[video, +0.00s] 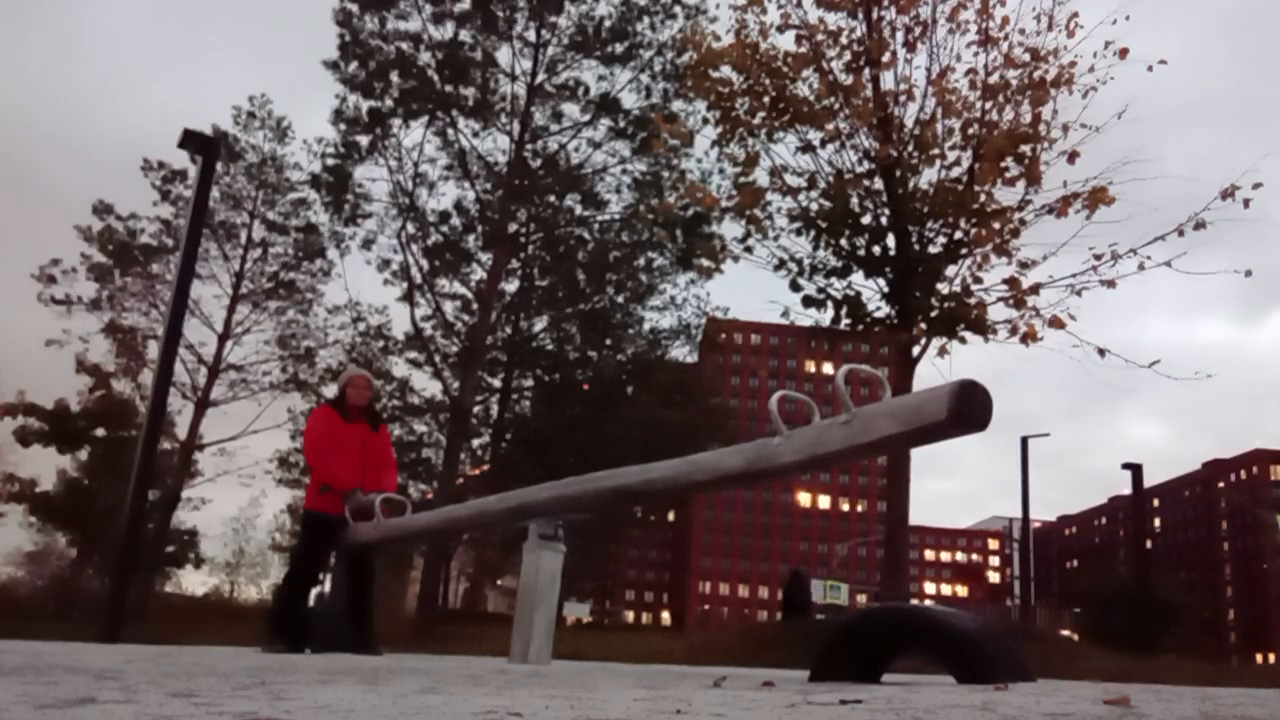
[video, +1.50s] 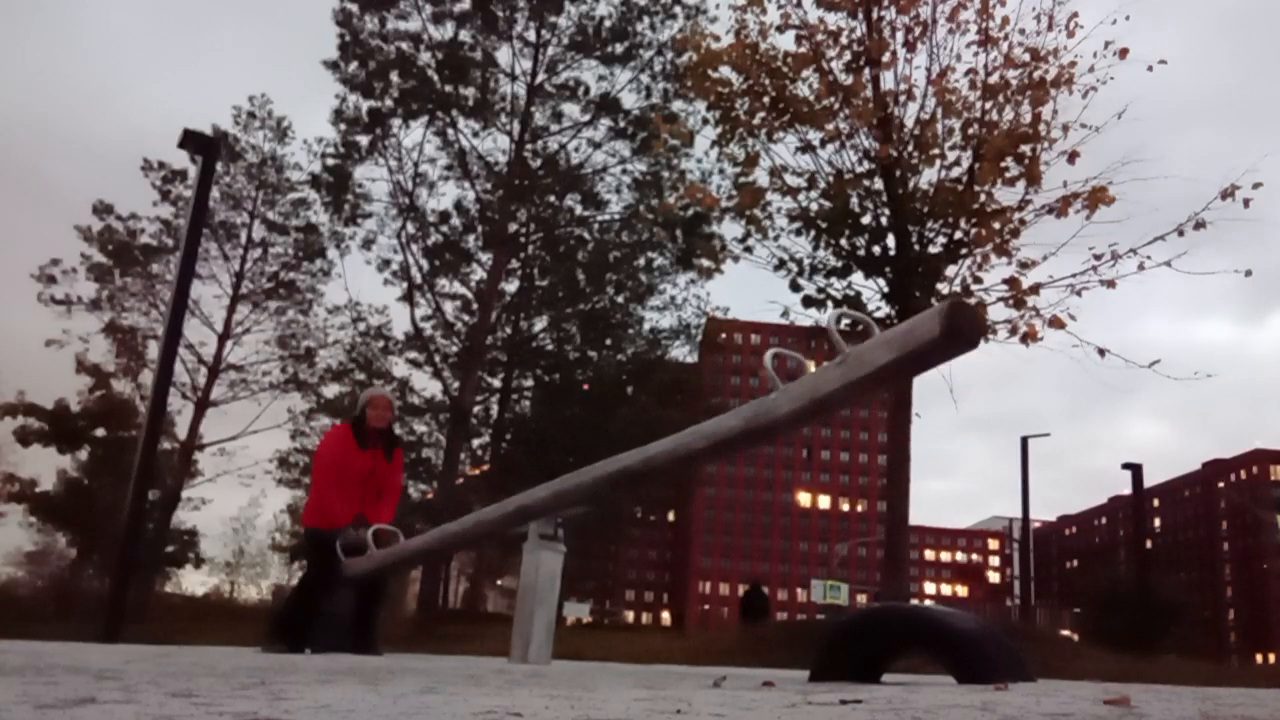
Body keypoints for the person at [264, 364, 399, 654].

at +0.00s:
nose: (362, 391)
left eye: (367, 387)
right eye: (356, 386)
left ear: (373, 393)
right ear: (344, 390)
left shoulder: (377, 428)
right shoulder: (323, 417)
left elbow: (388, 466)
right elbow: (316, 457)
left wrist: (385, 496)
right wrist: (347, 489)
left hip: (362, 515)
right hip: (323, 510)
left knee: (361, 578)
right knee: (304, 572)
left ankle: (362, 640)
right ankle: (282, 635)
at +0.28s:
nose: (363, 391)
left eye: (368, 387)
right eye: (357, 386)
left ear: (375, 393)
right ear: (346, 389)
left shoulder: (378, 427)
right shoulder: (325, 416)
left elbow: (388, 466)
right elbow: (315, 456)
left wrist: (384, 491)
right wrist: (345, 484)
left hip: (362, 513)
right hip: (323, 509)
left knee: (361, 577)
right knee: (304, 572)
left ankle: (362, 640)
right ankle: (282, 635)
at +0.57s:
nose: (370, 390)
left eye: (376, 386)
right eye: (365, 384)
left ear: (383, 391)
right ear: (353, 387)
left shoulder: (384, 428)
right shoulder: (331, 413)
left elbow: (393, 469)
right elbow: (317, 455)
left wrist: (382, 493)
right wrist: (345, 487)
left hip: (363, 514)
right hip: (324, 508)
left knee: (360, 579)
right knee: (305, 572)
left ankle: (361, 642)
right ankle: (281, 636)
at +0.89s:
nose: (379, 393)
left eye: (385, 388)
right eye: (373, 386)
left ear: (391, 394)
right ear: (362, 389)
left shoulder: (394, 431)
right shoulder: (340, 414)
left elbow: (399, 473)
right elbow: (322, 458)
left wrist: (386, 500)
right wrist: (347, 494)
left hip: (366, 518)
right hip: (327, 510)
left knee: (366, 580)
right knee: (309, 573)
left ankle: (362, 641)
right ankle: (284, 636)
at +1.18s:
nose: (384, 412)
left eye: (390, 407)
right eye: (379, 405)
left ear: (396, 413)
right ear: (367, 407)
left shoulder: (396, 447)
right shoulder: (342, 431)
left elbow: (399, 487)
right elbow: (323, 475)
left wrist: (388, 516)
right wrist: (346, 514)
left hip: (368, 529)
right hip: (327, 521)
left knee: (371, 585)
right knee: (318, 576)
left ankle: (362, 645)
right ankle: (285, 635)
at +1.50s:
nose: (382, 414)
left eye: (387, 409)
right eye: (376, 407)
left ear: (393, 414)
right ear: (363, 411)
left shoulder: (392, 450)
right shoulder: (339, 436)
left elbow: (391, 493)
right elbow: (323, 482)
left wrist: (377, 523)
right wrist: (344, 518)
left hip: (365, 529)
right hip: (325, 524)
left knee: (371, 585)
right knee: (322, 577)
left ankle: (361, 646)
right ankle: (286, 636)